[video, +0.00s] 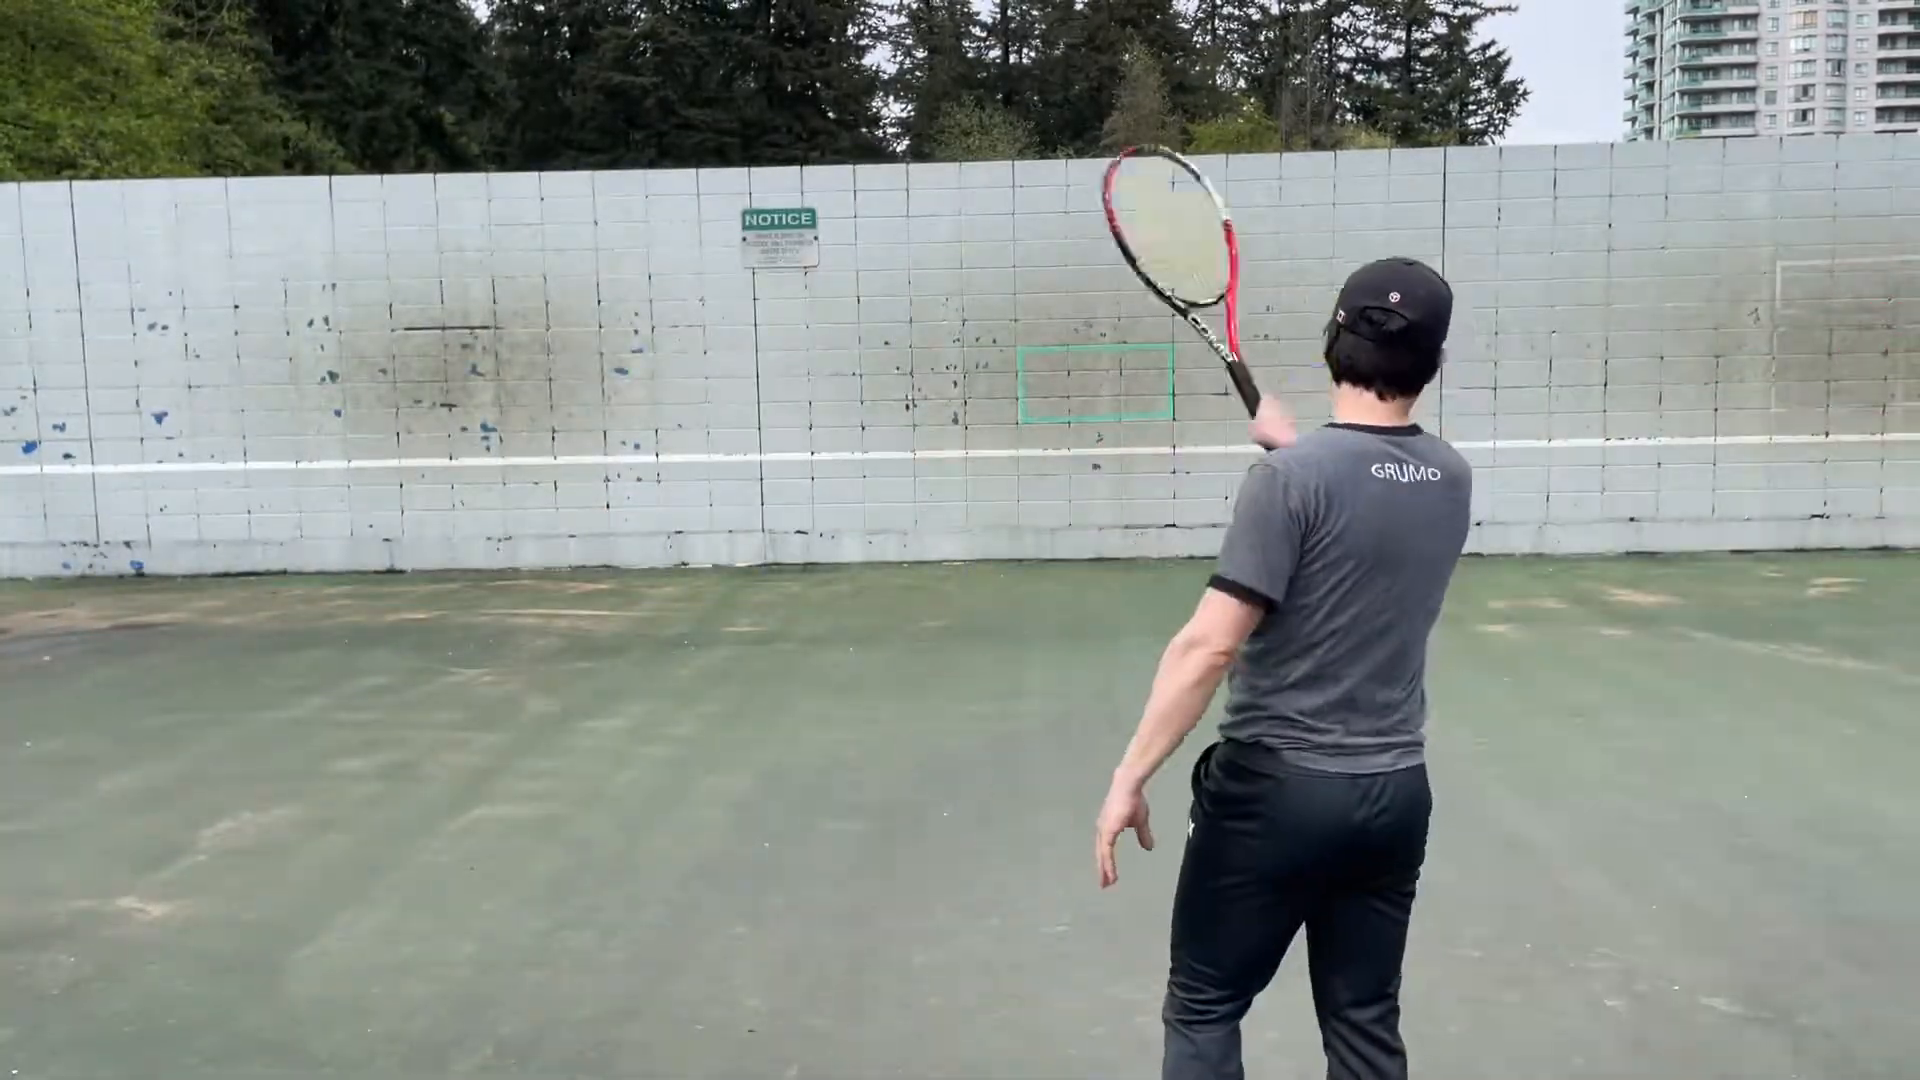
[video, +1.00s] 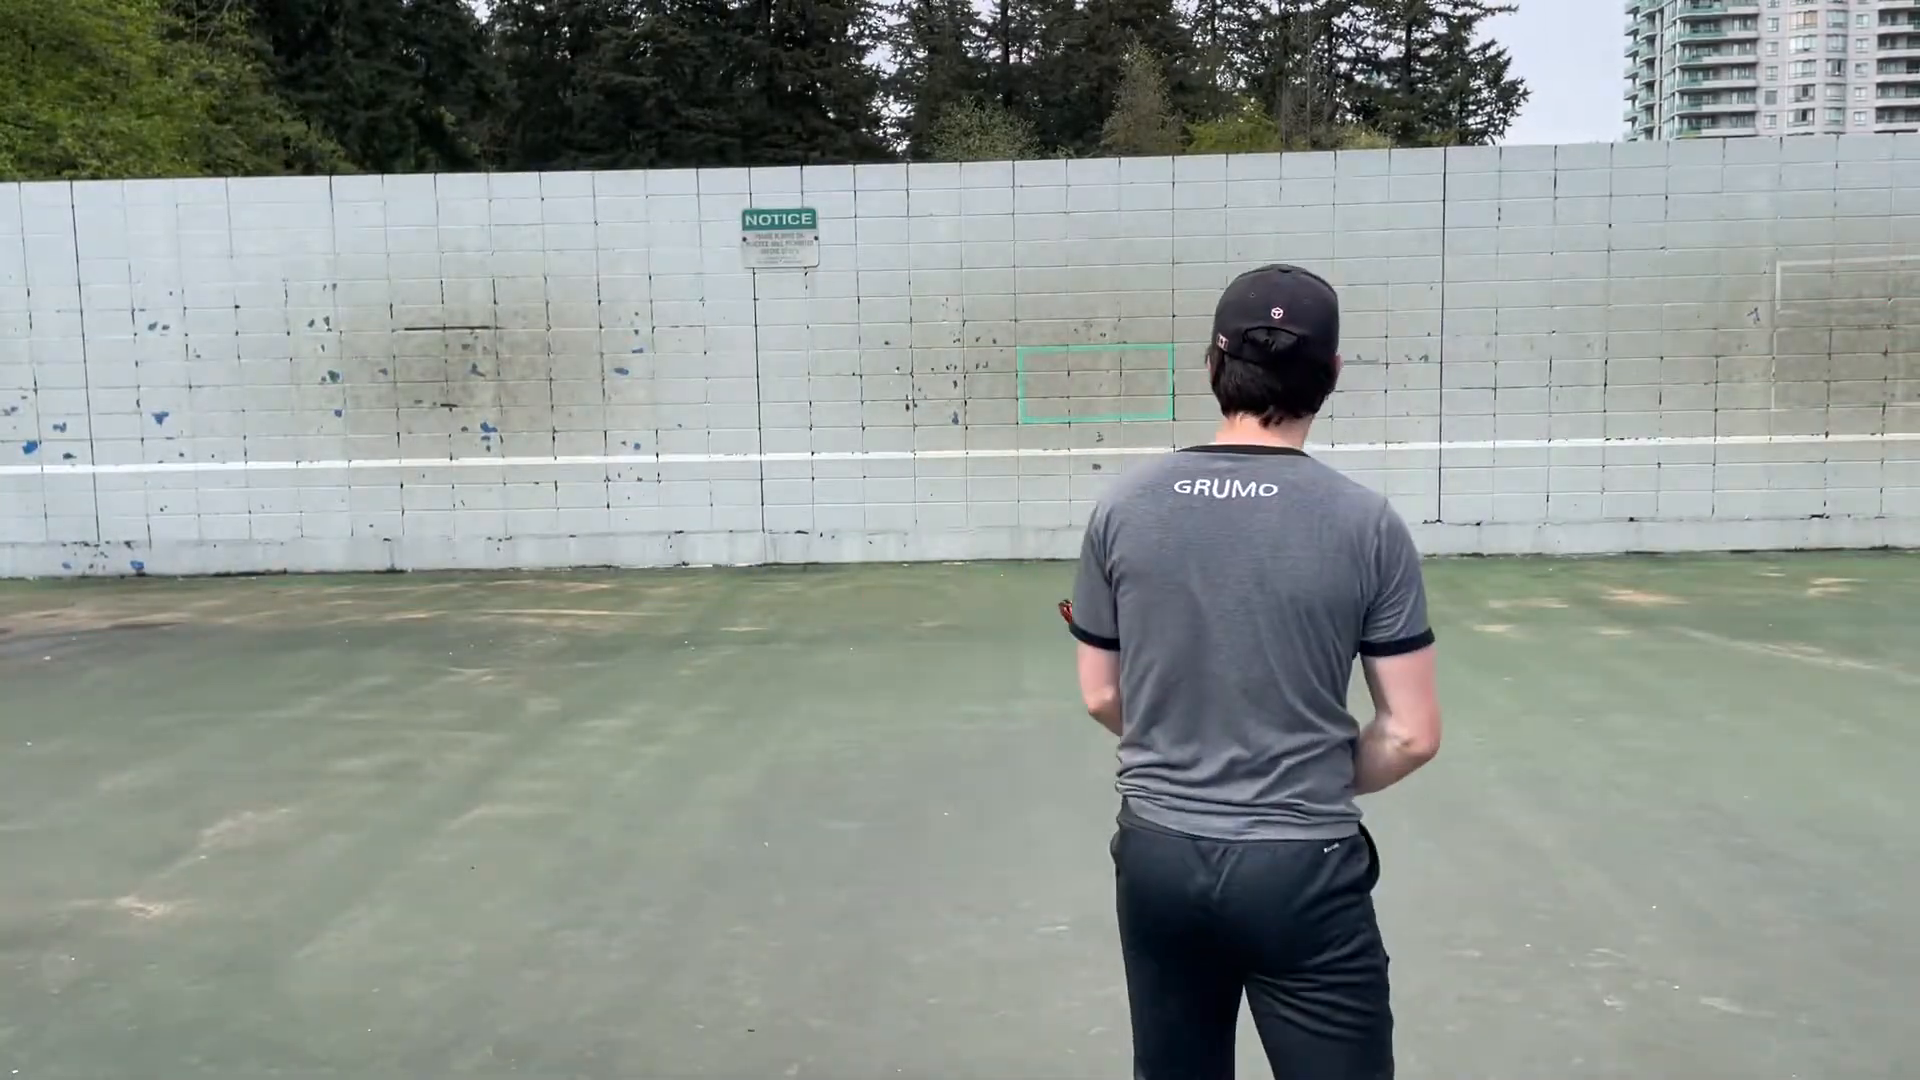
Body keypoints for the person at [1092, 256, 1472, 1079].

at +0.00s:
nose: (1339, 342)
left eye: (1338, 329)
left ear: (1335, 339)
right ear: (1435, 361)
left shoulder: (1289, 473)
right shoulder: (1449, 476)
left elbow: (1208, 646)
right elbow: (1371, 517)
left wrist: (1131, 777)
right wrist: (1293, 448)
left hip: (1274, 791)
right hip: (1391, 795)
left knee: (1203, 1008)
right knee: (1366, 1020)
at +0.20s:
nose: (1301, 333)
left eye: (1304, 321)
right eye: (1310, 325)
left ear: (1312, 336)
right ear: (1411, 349)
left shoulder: (1305, 488)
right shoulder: (1422, 449)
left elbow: (1258, 674)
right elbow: (1279, 388)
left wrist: (1175, 776)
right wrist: (1147, 370)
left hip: (1287, 790)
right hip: (1391, 783)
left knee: (1211, 1025)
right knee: (1364, 1020)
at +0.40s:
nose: (1248, 337)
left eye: (1252, 326)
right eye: (1258, 325)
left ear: (1257, 345)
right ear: (1358, 353)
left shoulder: (1266, 496)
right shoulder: (1384, 458)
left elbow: (1239, 686)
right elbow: (1241, 496)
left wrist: (1148, 730)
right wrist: (1110, 517)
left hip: (1265, 801)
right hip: (1373, 791)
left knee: (1195, 1041)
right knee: (1352, 1028)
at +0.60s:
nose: (1186, 356)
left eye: (1187, 345)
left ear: (1191, 363)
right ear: (1298, 370)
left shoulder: (1161, 496)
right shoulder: (1350, 493)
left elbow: (1149, 683)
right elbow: (1361, 660)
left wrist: (1096, 715)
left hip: (1203, 827)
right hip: (1328, 822)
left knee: (1194, 1065)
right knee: (1332, 1047)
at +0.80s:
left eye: (1188, 343)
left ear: (1182, 361)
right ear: (1289, 370)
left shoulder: (1112, 498)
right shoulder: (1344, 500)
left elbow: (1078, 693)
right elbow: (1395, 688)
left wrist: (1136, 728)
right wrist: (1297, 739)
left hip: (1164, 847)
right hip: (1303, 850)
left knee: (1174, 1069)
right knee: (1330, 1067)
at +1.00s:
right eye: (1338, 355)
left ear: (1213, 362)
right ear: (1331, 377)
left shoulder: (1127, 502)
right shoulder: (1367, 523)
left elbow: (1103, 695)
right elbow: (1413, 732)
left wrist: (1182, 740)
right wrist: (1311, 774)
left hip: (1159, 870)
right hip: (1305, 879)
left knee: (1174, 1072)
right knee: (1344, 1069)